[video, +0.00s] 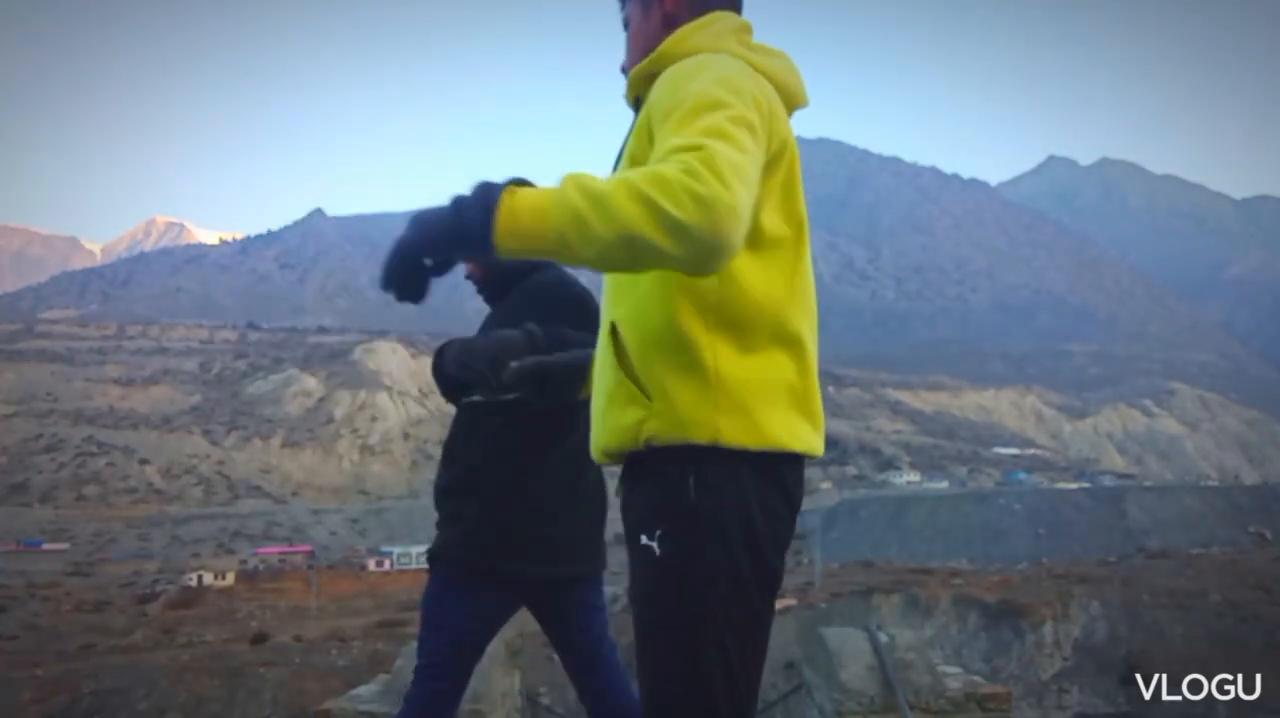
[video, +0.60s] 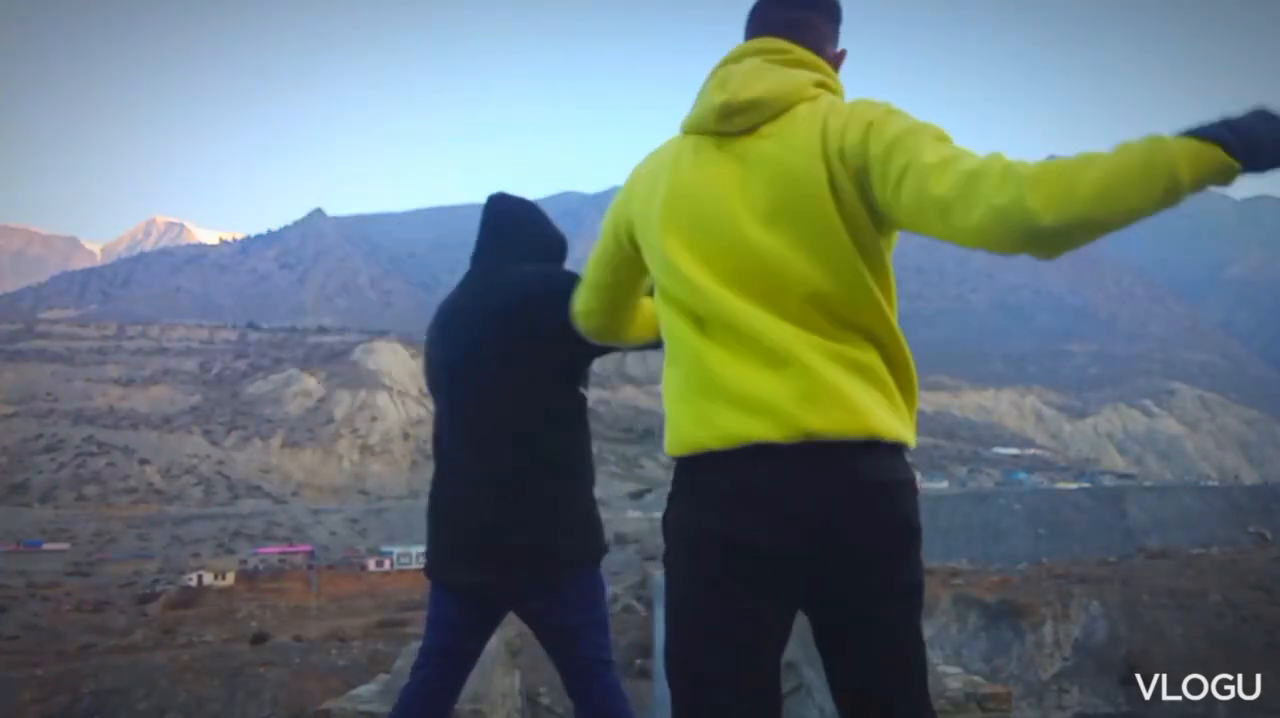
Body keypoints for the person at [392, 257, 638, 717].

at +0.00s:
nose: (467, 271)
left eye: (474, 255)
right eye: (464, 258)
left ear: (508, 245)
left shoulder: (543, 299)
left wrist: (447, 360)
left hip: (489, 538)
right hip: (561, 537)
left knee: (434, 686)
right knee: (604, 684)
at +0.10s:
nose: (465, 265)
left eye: (470, 251)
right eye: (465, 253)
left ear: (494, 249)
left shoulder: (544, 290)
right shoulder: (498, 310)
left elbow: (580, 359)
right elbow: (444, 374)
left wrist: (488, 346)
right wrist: (460, 369)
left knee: (436, 687)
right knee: (604, 683)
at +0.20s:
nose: (461, 273)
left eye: (462, 255)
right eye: (458, 257)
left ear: (484, 245)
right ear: (524, 235)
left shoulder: (519, 291)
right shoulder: (563, 296)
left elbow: (514, 370)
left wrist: (420, 358)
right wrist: (449, 380)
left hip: (488, 539)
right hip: (567, 537)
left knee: (435, 688)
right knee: (609, 687)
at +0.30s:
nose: (449, 260)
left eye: (451, 246)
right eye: (446, 245)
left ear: (471, 244)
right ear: (522, 232)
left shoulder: (486, 295)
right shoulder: (583, 300)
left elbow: (438, 379)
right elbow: (592, 382)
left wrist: (358, 367)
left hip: (480, 540)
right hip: (575, 539)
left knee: (433, 690)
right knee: (611, 692)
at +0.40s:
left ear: (477, 246)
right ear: (542, 241)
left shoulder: (452, 308)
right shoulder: (587, 299)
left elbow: (362, 387)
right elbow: (623, 379)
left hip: (473, 548)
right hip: (570, 545)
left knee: (429, 688)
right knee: (604, 686)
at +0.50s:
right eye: (537, 243)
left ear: (480, 247)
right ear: (541, 245)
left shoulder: (443, 314)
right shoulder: (582, 304)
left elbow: (376, 381)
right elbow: (665, 345)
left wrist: (375, 357)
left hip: (468, 548)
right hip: (562, 548)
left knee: (429, 687)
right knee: (597, 687)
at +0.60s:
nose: (561, 254)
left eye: (560, 248)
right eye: (558, 246)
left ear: (488, 245)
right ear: (545, 243)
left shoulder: (450, 312)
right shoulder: (559, 296)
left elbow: (445, 393)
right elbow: (644, 322)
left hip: (463, 539)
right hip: (551, 538)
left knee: (431, 684)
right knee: (595, 684)